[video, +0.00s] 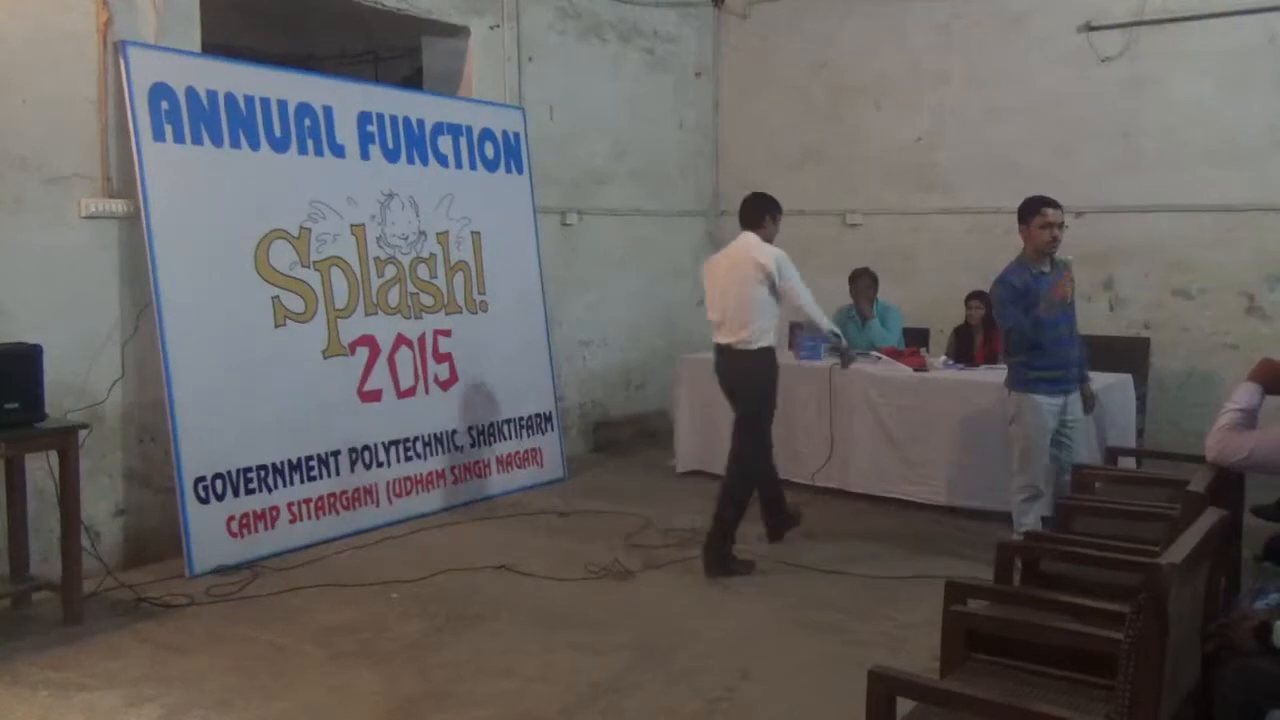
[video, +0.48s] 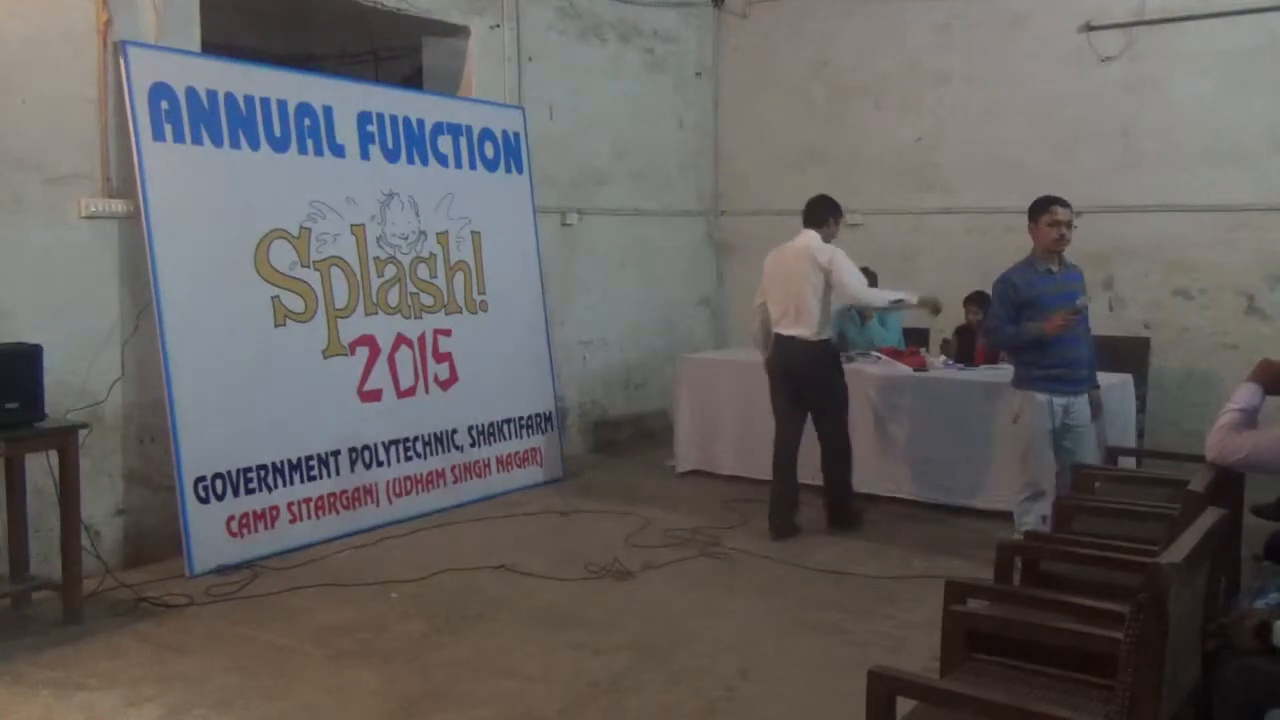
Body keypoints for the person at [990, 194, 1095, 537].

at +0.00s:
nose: (1055, 234)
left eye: (1059, 227)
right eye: (1046, 227)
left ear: (1062, 230)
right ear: (1023, 230)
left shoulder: (1062, 271)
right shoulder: (1007, 283)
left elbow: (1071, 332)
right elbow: (1015, 342)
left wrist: (1083, 379)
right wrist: (1051, 303)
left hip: (1068, 391)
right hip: (1032, 393)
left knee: (1066, 476)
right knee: (1031, 481)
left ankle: (1063, 545)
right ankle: (1028, 552)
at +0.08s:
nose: (1056, 234)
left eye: (1060, 227)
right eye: (1047, 227)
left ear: (1064, 230)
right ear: (1024, 230)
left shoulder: (1064, 273)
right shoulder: (1008, 283)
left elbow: (1070, 333)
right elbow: (1011, 343)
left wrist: (1080, 379)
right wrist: (1053, 307)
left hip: (1070, 389)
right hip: (1032, 392)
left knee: (1079, 471)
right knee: (1030, 479)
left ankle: (1071, 543)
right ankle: (1028, 548)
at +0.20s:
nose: (1057, 234)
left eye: (1062, 227)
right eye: (1048, 227)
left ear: (1065, 230)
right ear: (1026, 230)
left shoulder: (1065, 272)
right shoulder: (1008, 283)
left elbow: (1068, 327)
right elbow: (1006, 342)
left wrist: (1074, 371)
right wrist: (1048, 320)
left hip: (1072, 388)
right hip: (1032, 391)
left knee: (1087, 470)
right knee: (1031, 480)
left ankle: (1082, 546)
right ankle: (1028, 554)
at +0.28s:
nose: (1058, 233)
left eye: (1063, 226)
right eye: (1049, 226)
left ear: (1067, 230)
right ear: (1027, 230)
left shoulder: (1067, 272)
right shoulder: (1008, 283)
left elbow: (1069, 327)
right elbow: (999, 339)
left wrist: (1075, 374)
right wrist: (1046, 324)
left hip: (1073, 389)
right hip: (1032, 392)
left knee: (1087, 471)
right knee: (1032, 479)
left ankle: (1082, 546)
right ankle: (1028, 551)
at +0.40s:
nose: (1060, 233)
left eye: (1065, 226)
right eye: (1052, 225)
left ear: (1070, 229)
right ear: (1031, 229)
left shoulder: (1071, 273)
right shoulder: (1009, 282)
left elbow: (1075, 328)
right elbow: (998, 337)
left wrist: (1082, 377)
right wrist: (1045, 326)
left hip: (1075, 390)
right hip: (1033, 393)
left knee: (1087, 474)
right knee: (1033, 480)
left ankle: (1083, 547)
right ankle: (1031, 553)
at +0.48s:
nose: (1063, 232)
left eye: (1068, 226)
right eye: (1054, 225)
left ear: (1073, 230)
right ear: (1032, 229)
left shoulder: (1074, 275)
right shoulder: (1012, 282)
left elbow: (1084, 333)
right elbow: (995, 335)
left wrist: (1092, 386)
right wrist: (1042, 329)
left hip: (1076, 394)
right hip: (1035, 395)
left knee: (1084, 477)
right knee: (1037, 482)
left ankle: (1079, 551)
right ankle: (1030, 555)